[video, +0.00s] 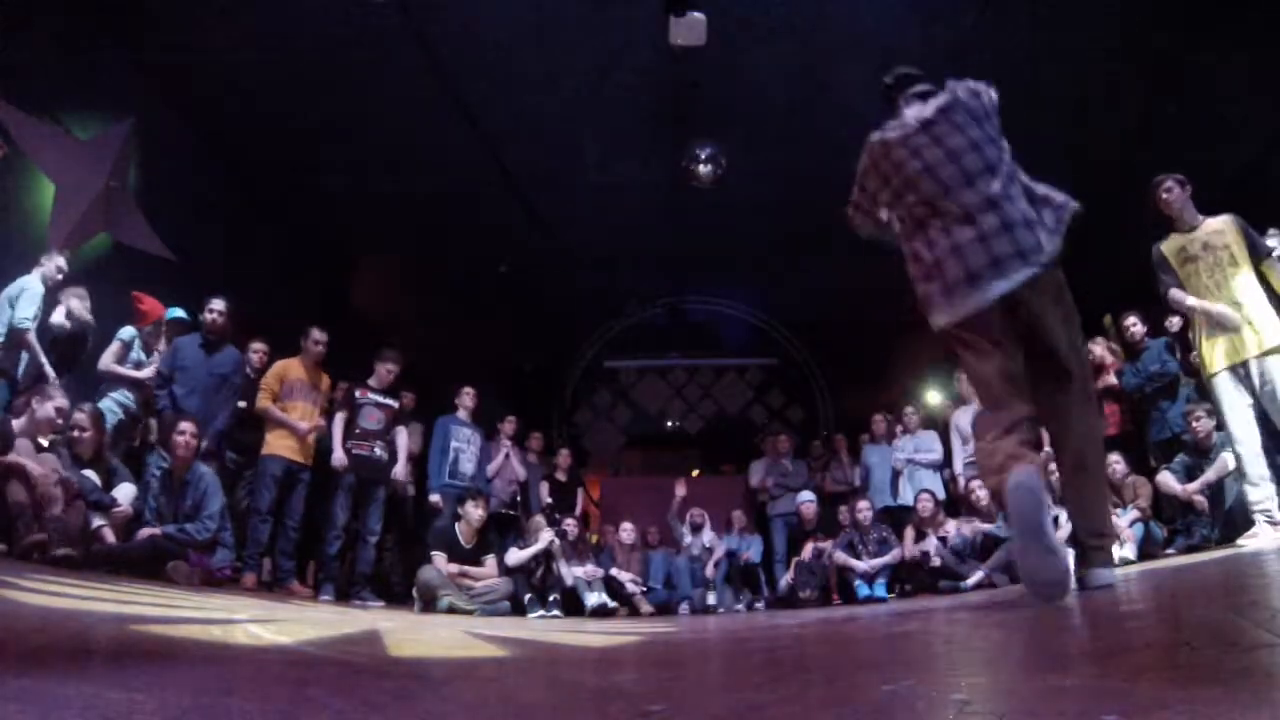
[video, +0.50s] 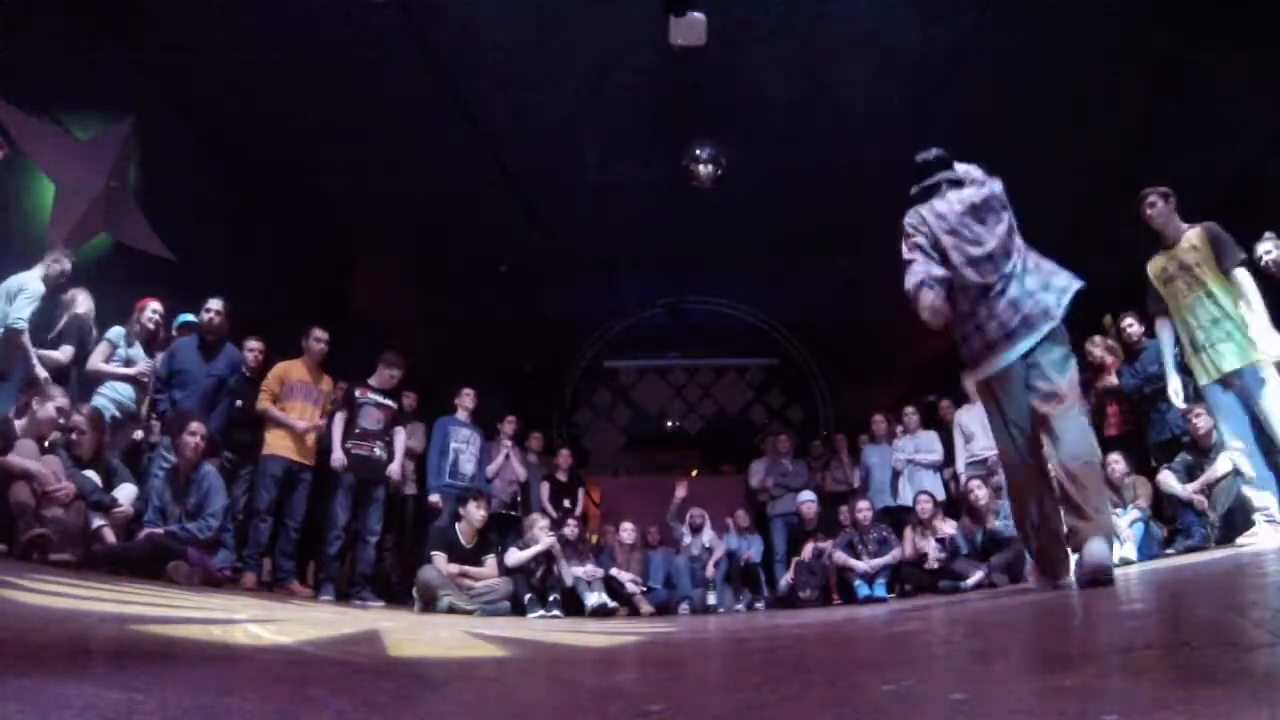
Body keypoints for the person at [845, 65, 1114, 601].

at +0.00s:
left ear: (890, 105)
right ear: (931, 84)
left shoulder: (881, 149)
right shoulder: (971, 97)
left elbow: (861, 217)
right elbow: (984, 98)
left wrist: (908, 234)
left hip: (958, 292)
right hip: (1029, 263)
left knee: (1002, 409)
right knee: (1071, 396)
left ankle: (1021, 484)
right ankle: (1095, 551)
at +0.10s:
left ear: (903, 123)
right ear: (944, 103)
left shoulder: (895, 168)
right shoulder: (988, 117)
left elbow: (883, 245)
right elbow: (1011, 155)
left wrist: (922, 287)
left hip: (972, 304)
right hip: (1042, 274)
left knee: (1007, 411)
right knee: (1070, 404)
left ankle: (1028, 479)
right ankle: (1094, 555)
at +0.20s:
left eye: (918, 130)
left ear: (910, 138)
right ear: (951, 119)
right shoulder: (991, 134)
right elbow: (1022, 175)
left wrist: (941, 332)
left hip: (981, 316)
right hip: (1047, 289)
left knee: (1010, 426)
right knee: (1071, 414)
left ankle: (1044, 523)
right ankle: (1094, 556)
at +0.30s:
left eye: (918, 145)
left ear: (913, 150)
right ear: (954, 132)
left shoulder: (910, 190)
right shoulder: (992, 147)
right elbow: (1022, 216)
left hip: (983, 323)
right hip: (1044, 297)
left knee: (1012, 442)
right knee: (1070, 421)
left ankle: (1048, 562)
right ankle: (1096, 557)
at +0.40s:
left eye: (920, 162)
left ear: (915, 165)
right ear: (954, 148)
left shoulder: (915, 204)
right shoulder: (991, 165)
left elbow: (925, 274)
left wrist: (929, 333)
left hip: (984, 327)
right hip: (1043, 301)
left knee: (1016, 442)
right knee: (1071, 421)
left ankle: (1043, 560)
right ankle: (1096, 552)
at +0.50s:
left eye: (920, 184)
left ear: (915, 186)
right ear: (954, 169)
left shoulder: (919, 221)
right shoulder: (988, 186)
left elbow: (928, 294)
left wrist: (934, 302)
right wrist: (956, 167)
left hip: (991, 338)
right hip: (1040, 312)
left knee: (1019, 452)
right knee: (1068, 416)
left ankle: (1051, 563)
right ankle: (1097, 538)